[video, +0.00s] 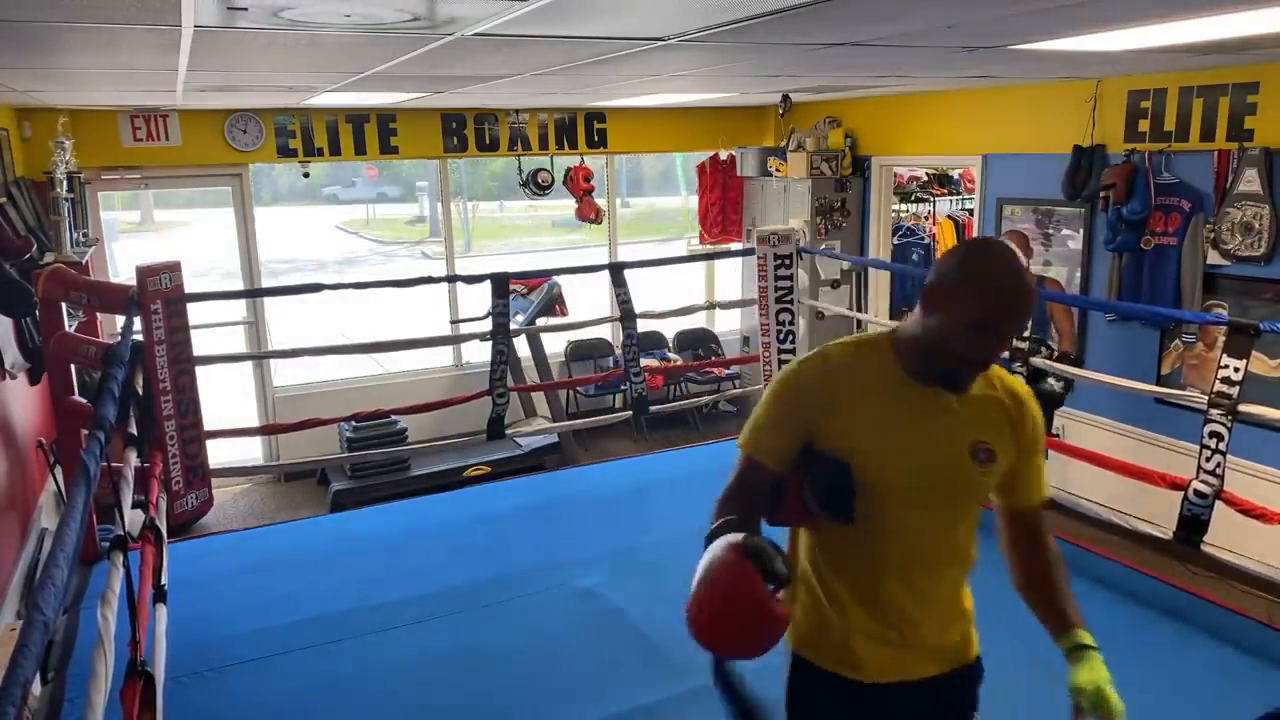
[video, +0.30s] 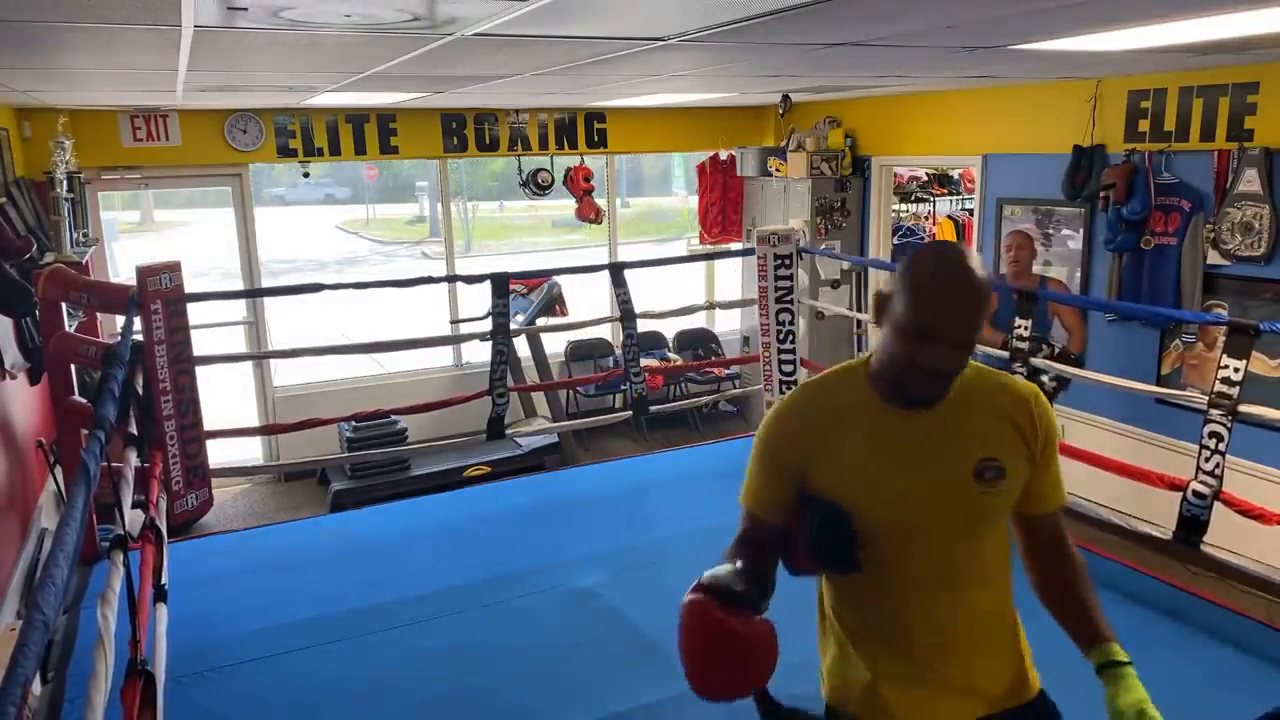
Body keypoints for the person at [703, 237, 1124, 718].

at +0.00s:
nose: (996, 354)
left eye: (1011, 339)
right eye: (984, 331)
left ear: (1021, 331)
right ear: (932, 300)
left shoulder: (1008, 408)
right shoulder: (816, 382)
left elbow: (1028, 539)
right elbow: (743, 498)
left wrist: (1079, 651)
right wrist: (728, 559)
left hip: (943, 674)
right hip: (832, 675)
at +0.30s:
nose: (935, 361)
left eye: (958, 343)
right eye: (919, 337)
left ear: (982, 328)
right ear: (879, 309)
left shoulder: (1018, 410)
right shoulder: (801, 421)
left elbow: (1048, 546)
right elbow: (752, 554)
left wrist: (1115, 670)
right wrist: (723, 592)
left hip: (1003, 696)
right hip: (871, 703)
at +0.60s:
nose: (892, 358)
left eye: (916, 337)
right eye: (871, 335)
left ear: (954, 321)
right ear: (844, 316)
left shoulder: (1019, 420)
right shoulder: (786, 432)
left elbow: (1064, 563)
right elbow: (752, 561)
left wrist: (1054, 682)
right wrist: (715, 590)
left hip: (994, 693)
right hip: (859, 699)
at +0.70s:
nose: (883, 370)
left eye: (912, 348)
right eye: (865, 342)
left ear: (955, 326)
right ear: (841, 319)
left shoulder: (1024, 429)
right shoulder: (787, 434)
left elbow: (1075, 598)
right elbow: (749, 564)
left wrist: (1007, 698)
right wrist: (710, 592)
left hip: (993, 703)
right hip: (857, 706)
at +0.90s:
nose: (882, 385)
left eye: (912, 365)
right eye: (866, 354)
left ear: (962, 351)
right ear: (849, 336)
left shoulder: (1036, 454)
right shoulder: (793, 438)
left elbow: (1056, 649)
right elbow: (752, 563)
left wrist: (922, 699)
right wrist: (713, 596)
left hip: (990, 706)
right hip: (850, 703)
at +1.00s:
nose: (884, 388)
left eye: (920, 369)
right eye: (872, 355)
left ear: (975, 358)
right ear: (857, 337)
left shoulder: (1047, 480)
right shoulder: (801, 441)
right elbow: (752, 560)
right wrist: (698, 603)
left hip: (970, 710)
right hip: (837, 697)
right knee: (750, 711)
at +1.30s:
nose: (897, 381)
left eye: (939, 367)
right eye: (890, 344)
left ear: (1006, 378)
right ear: (879, 326)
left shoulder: (1057, 537)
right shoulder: (808, 442)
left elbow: (1040, 708)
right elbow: (742, 551)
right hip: (810, 707)